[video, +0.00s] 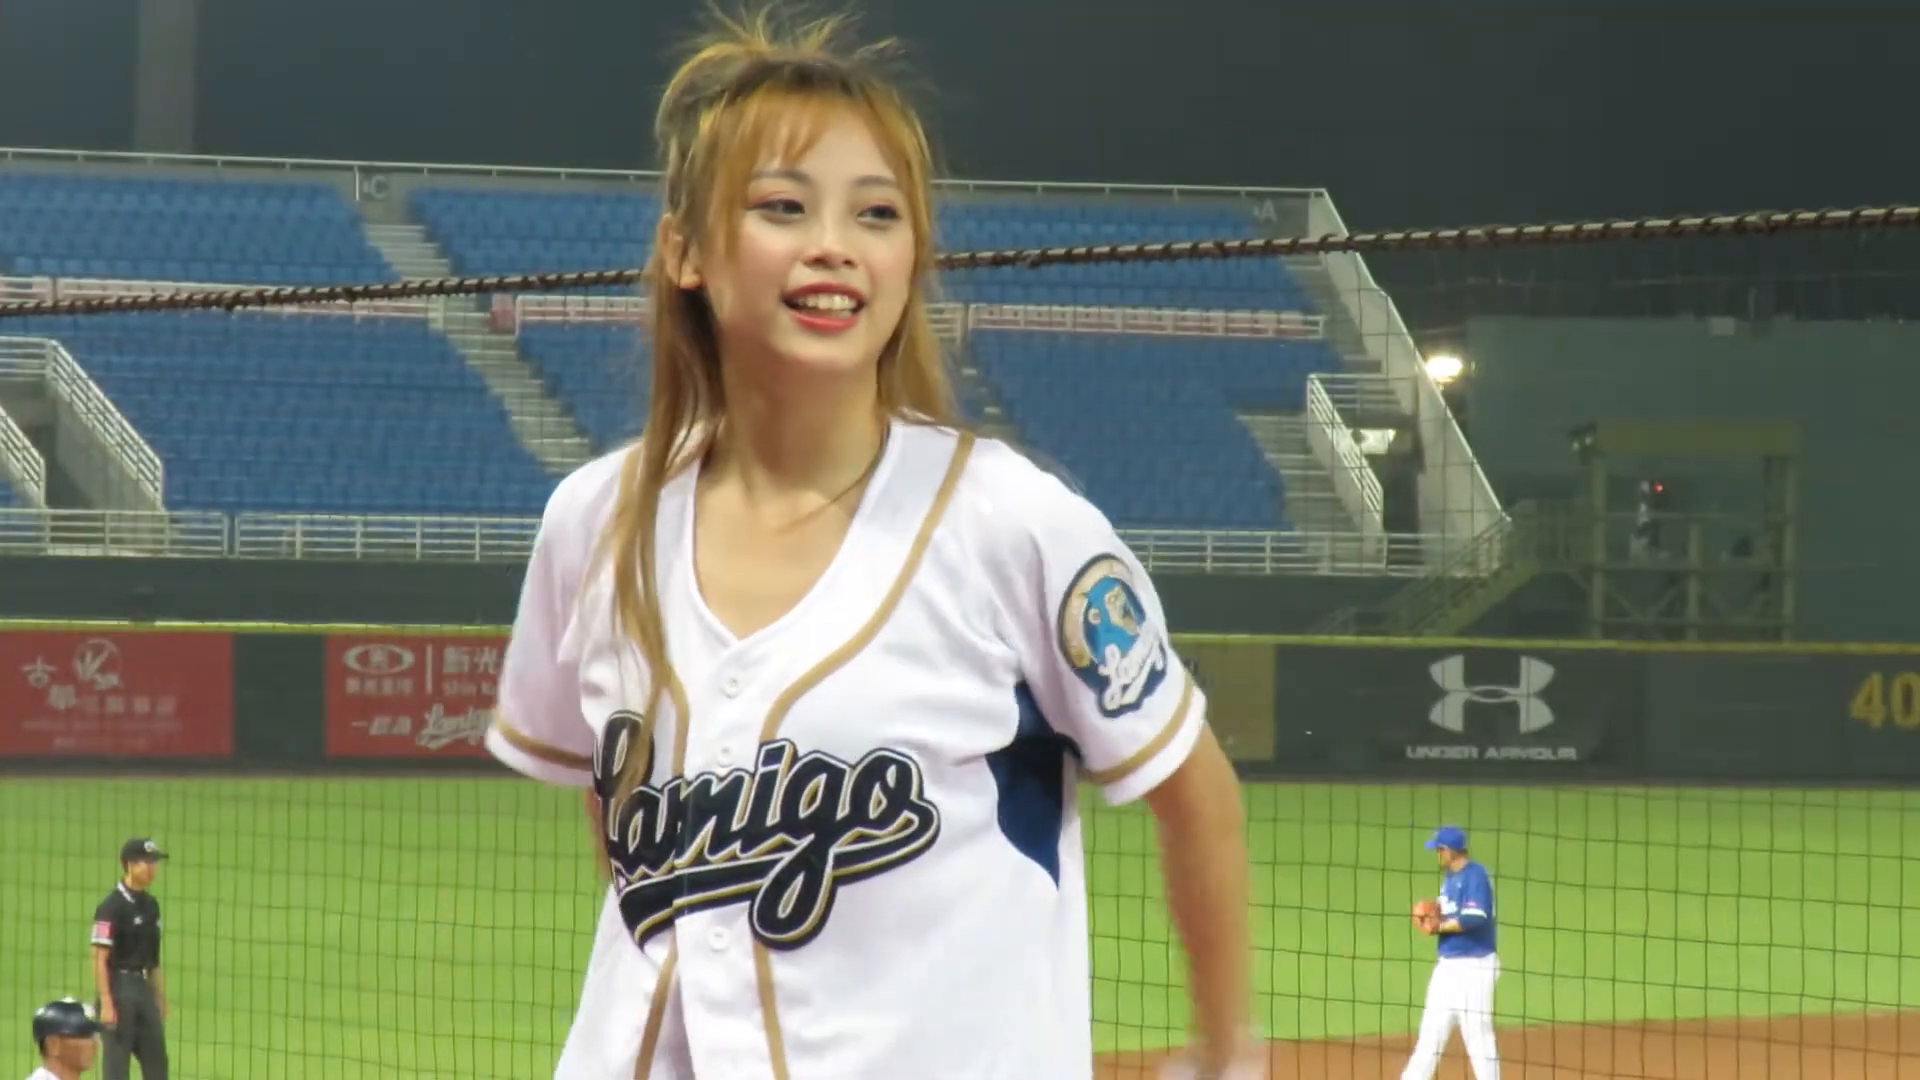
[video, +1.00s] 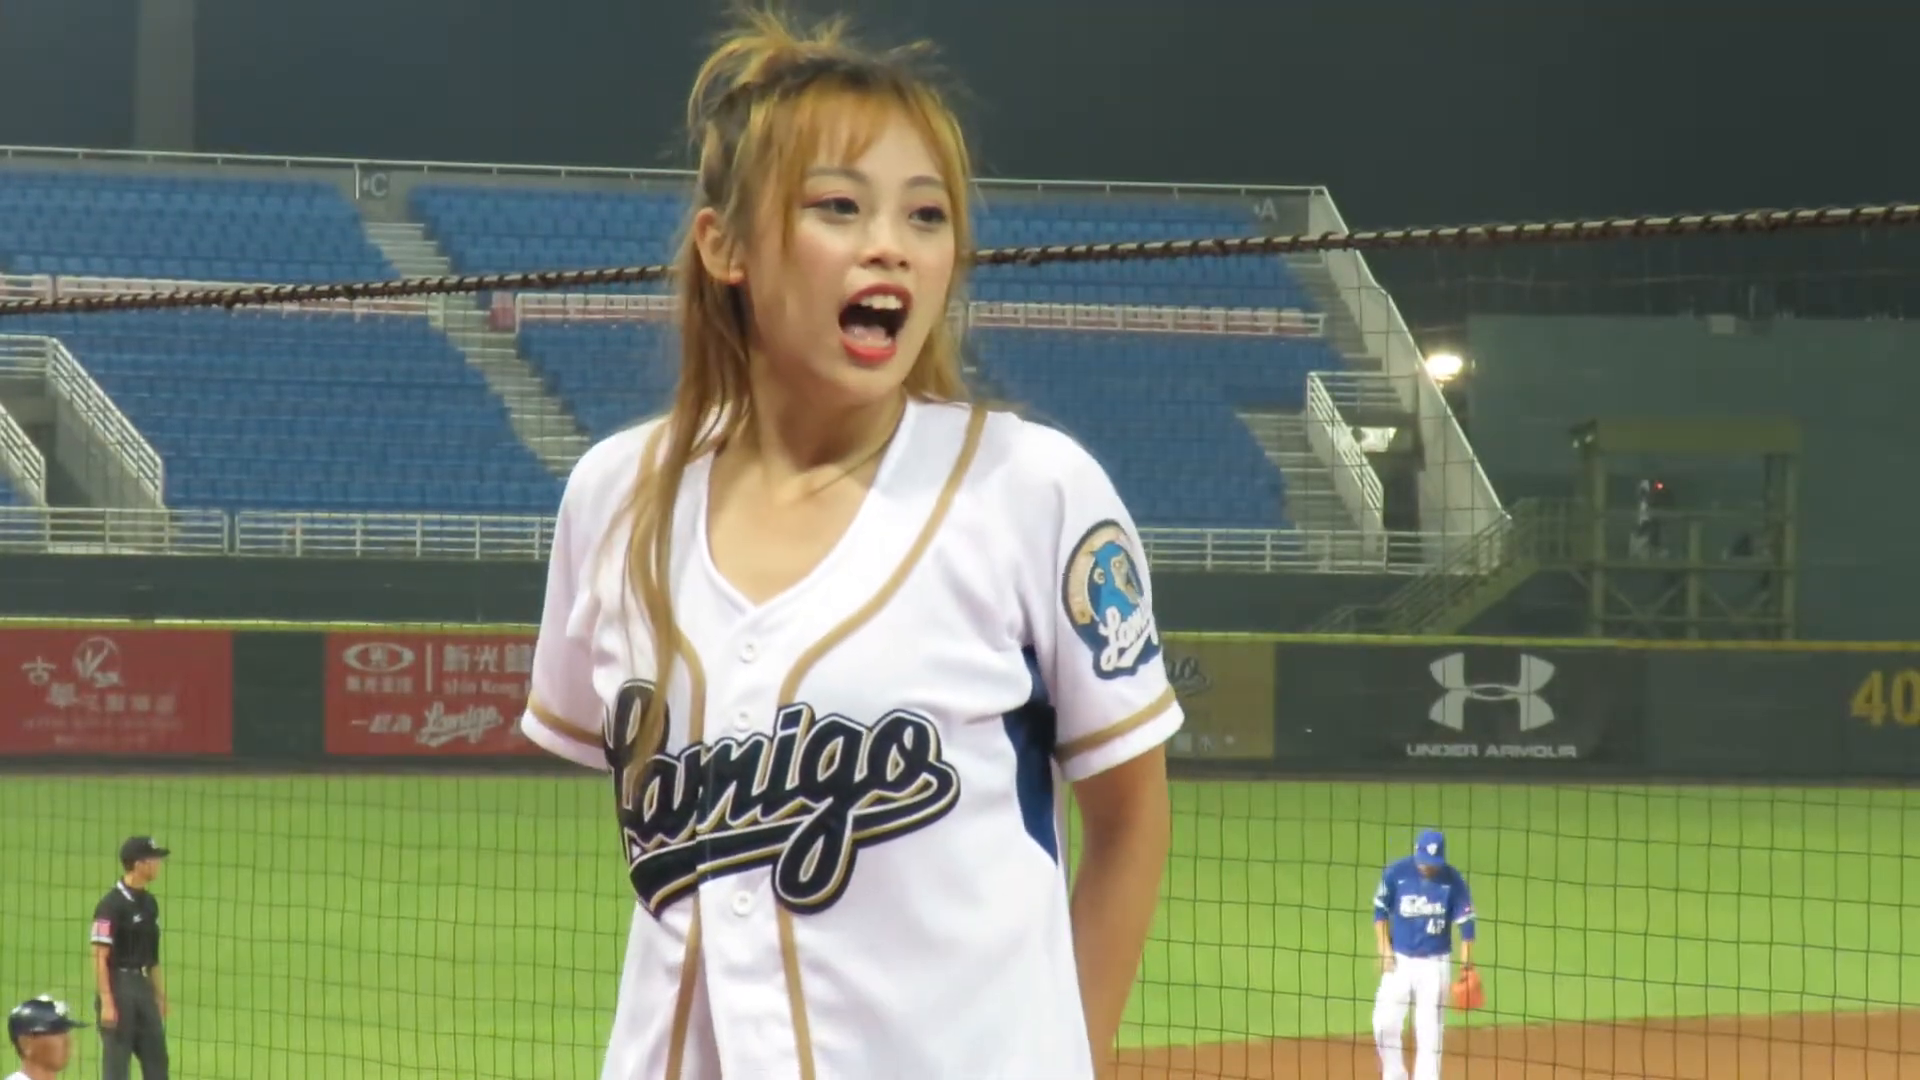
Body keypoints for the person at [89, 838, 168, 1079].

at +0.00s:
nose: (151, 869)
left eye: (154, 863)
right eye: (145, 863)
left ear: (156, 865)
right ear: (128, 865)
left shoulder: (151, 905)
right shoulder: (111, 906)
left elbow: (153, 959)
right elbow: (100, 958)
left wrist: (160, 997)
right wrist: (106, 1003)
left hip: (143, 977)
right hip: (118, 977)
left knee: (156, 1059)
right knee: (117, 1060)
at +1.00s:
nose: (158, 865)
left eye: (157, 860)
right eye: (153, 860)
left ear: (143, 865)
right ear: (137, 865)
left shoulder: (149, 903)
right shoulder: (111, 904)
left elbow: (152, 957)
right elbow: (100, 957)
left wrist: (159, 995)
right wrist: (107, 1002)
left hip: (142, 977)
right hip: (117, 977)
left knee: (156, 1057)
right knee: (117, 1059)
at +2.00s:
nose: (165, 859)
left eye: (163, 854)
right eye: (160, 855)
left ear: (150, 859)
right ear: (147, 859)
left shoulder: (158, 894)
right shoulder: (128, 896)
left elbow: (154, 943)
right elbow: (116, 950)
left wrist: (161, 981)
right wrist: (135, 990)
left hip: (157, 968)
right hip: (136, 969)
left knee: (156, 1045)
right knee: (134, 1047)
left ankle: (152, 1074)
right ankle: (130, 1074)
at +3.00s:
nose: (169, 861)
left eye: (170, 856)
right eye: (163, 855)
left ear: (169, 858)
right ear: (147, 857)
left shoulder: (166, 899)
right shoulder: (128, 895)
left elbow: (167, 948)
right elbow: (111, 945)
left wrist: (182, 987)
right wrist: (118, 991)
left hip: (154, 969)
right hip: (130, 967)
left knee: (149, 1045)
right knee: (125, 1045)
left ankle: (144, 1075)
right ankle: (114, 1074)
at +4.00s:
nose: (120, 865)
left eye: (123, 859)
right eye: (114, 859)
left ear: (127, 862)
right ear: (100, 860)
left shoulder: (126, 900)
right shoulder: (82, 903)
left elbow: (128, 949)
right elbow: (68, 952)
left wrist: (133, 991)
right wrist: (69, 996)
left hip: (117, 972)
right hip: (90, 973)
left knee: (128, 1053)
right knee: (86, 1053)